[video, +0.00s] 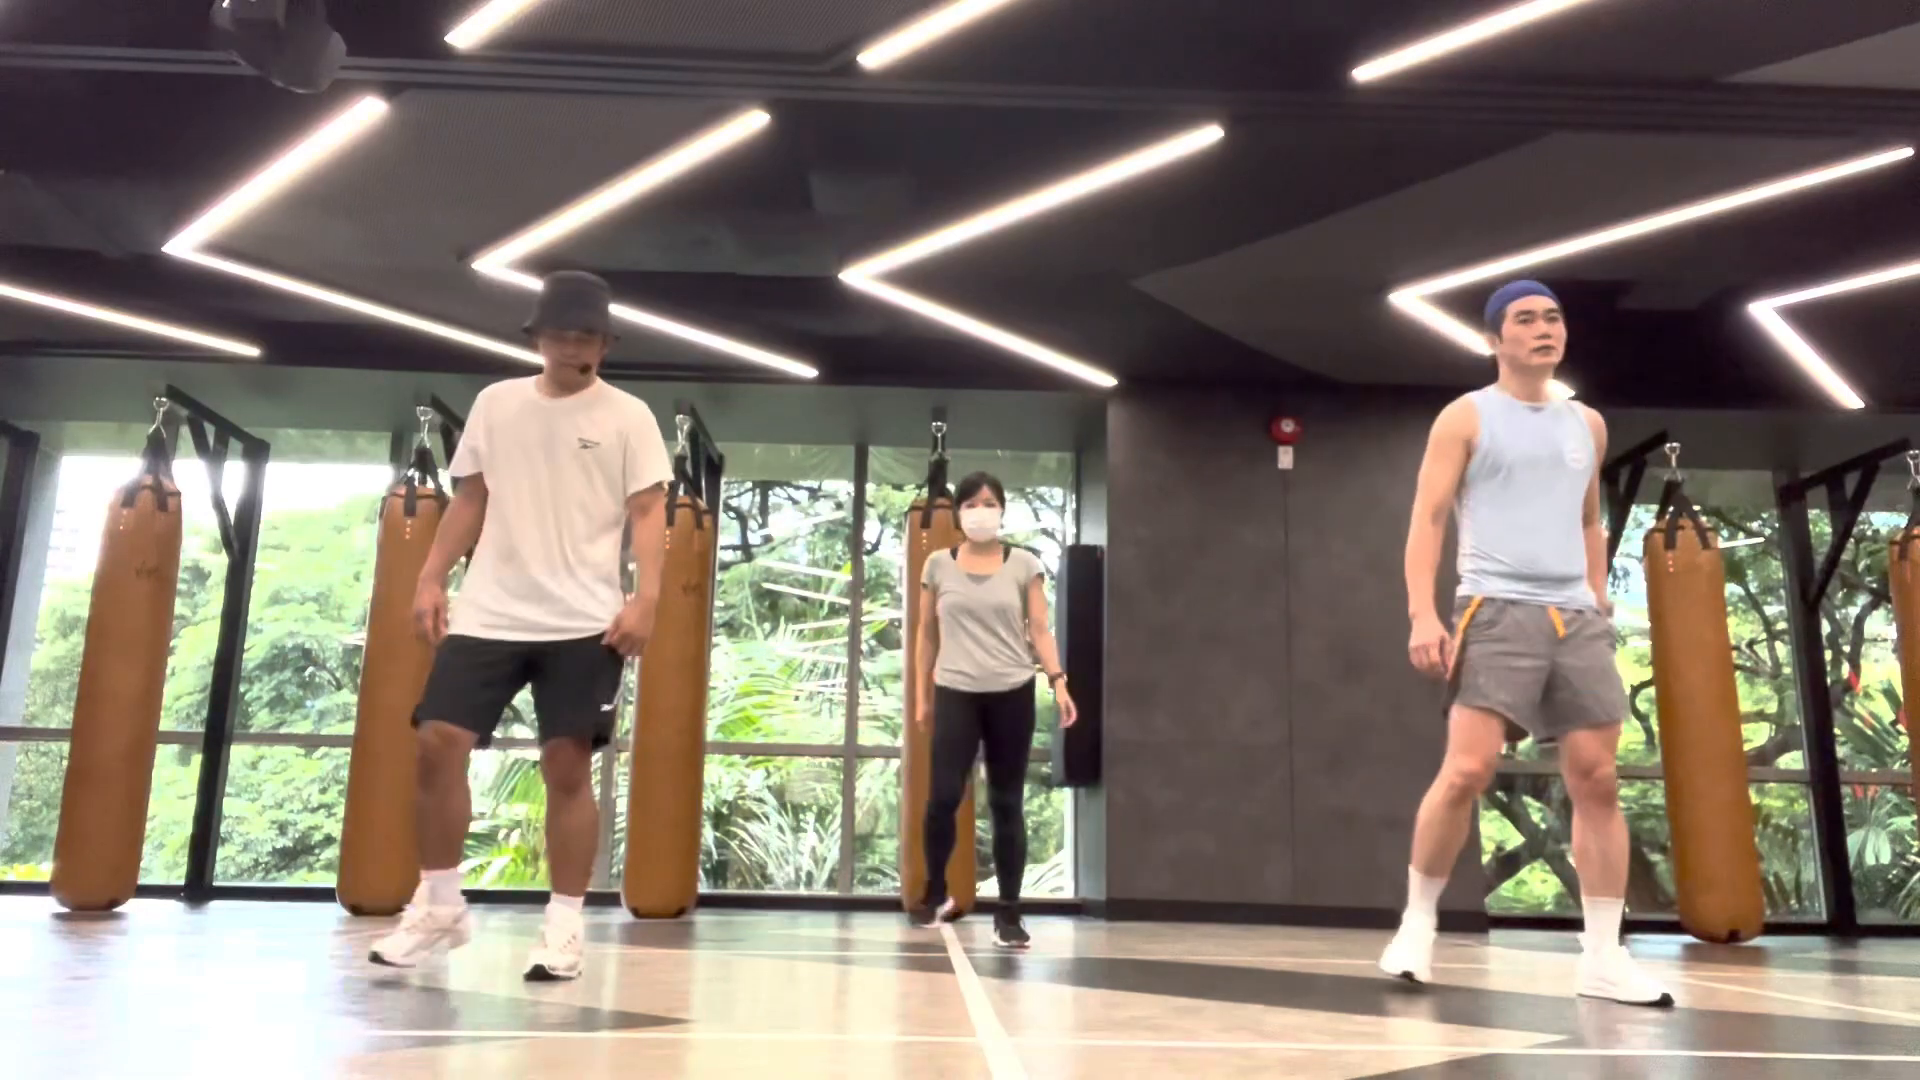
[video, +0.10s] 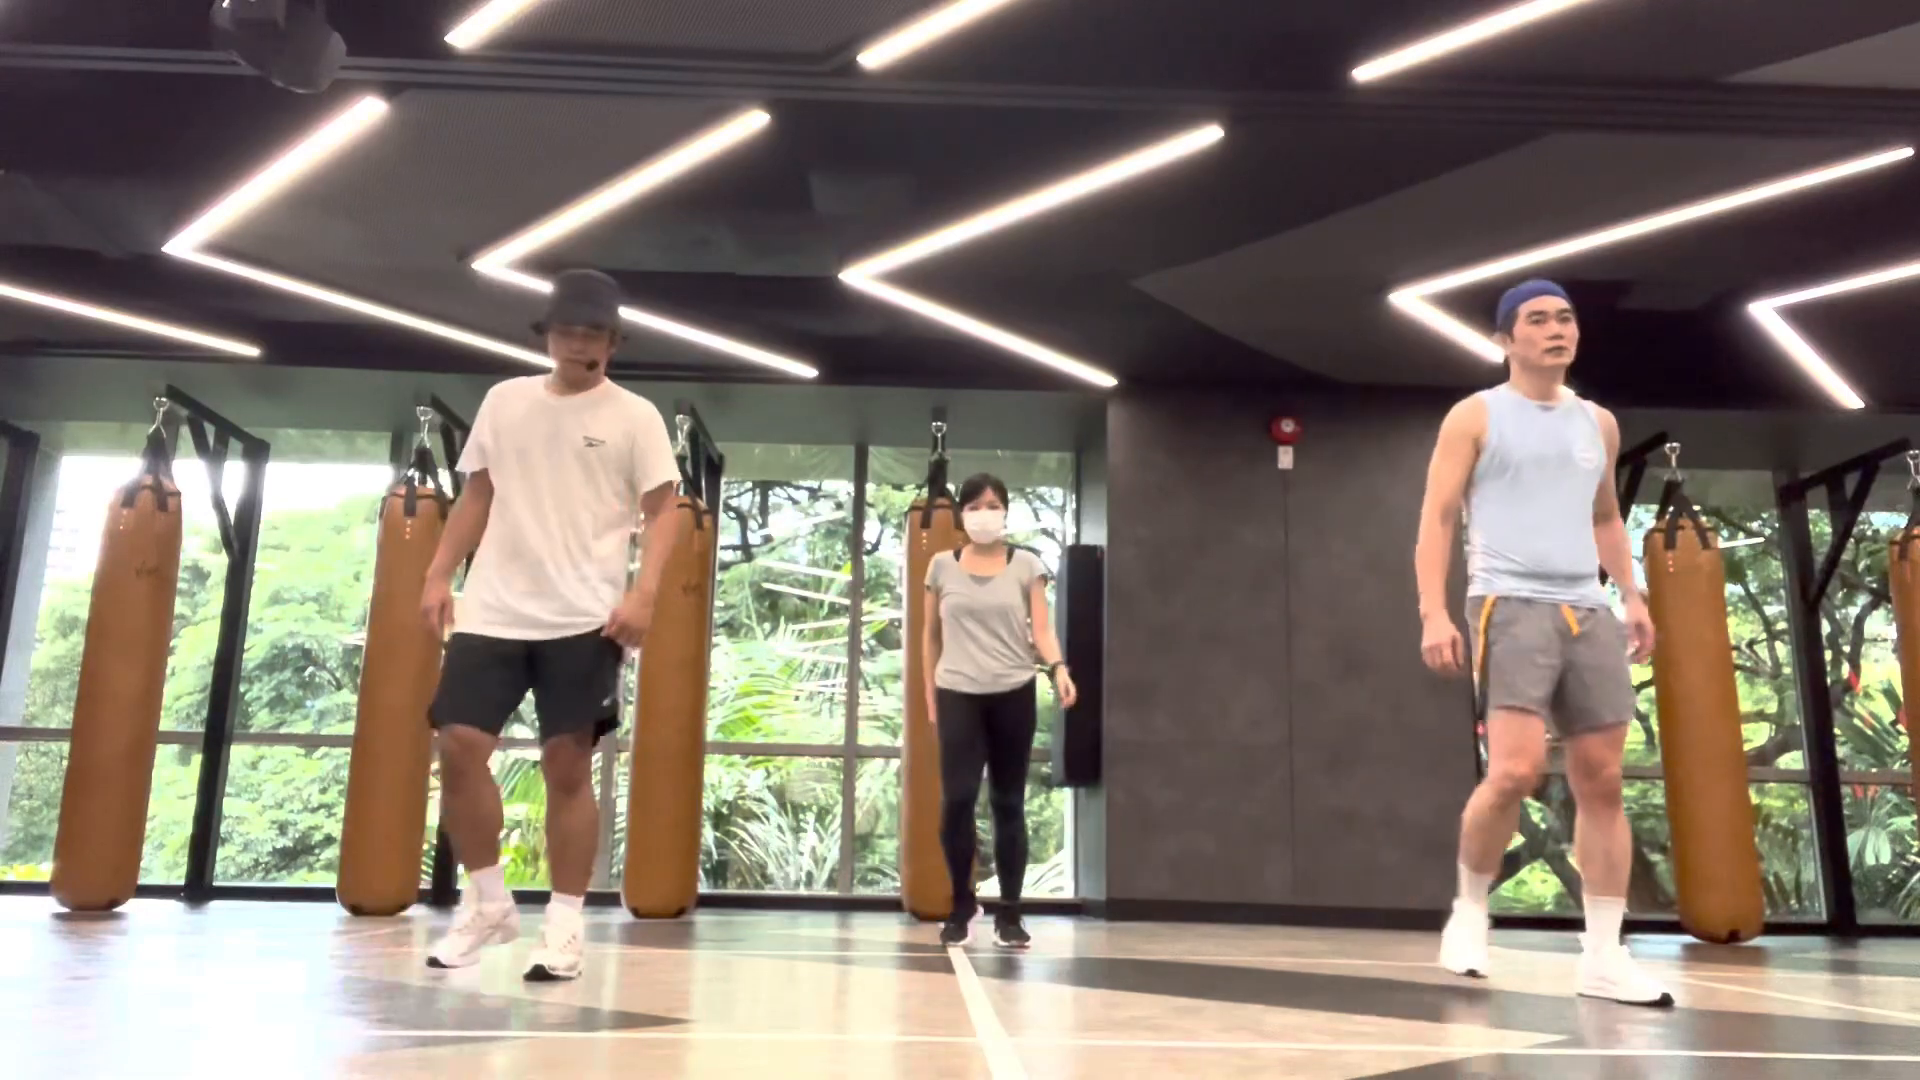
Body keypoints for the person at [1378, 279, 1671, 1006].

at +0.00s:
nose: (1544, 328)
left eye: (1552, 317)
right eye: (1527, 319)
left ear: (1565, 334)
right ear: (1497, 338)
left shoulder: (1587, 423)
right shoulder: (1465, 416)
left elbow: (1591, 520)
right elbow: (1428, 518)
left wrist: (1598, 603)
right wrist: (1423, 613)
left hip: (1579, 620)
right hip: (1497, 617)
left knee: (1598, 778)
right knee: (1466, 772)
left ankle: (1603, 957)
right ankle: (1417, 925)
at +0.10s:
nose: (1555, 329)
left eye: (1565, 318)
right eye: (1538, 319)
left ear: (1577, 335)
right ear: (1508, 338)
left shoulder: (1599, 423)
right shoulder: (1474, 416)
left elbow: (1607, 517)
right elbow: (1437, 518)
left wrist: (1632, 594)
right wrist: (1435, 613)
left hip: (1594, 615)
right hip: (1513, 610)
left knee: (1602, 780)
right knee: (1517, 771)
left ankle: (1603, 958)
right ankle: (1469, 915)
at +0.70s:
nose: (1496, 337)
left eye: (1508, 326)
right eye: (1480, 327)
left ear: (1526, 342)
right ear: (1454, 347)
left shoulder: (1563, 418)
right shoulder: (1421, 429)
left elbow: (1608, 521)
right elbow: (1401, 533)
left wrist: (1590, 485)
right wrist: (1388, 630)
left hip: (1551, 624)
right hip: (1457, 622)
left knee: (1587, 778)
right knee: (1412, 769)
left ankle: (1604, 956)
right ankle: (1358, 940)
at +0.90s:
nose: (1440, 335)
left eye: (1451, 324)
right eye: (1425, 325)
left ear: (1467, 340)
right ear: (1397, 342)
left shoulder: (1501, 419)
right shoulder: (1361, 426)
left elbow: (1522, 512)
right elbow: (1340, 532)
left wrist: (1540, 567)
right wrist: (1326, 628)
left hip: (1484, 622)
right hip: (1393, 619)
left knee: (1545, 775)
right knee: (1369, 774)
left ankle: (1582, 943)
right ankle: (1355, 945)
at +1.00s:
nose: (1421, 334)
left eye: (1432, 323)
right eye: (1407, 323)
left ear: (1448, 337)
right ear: (1378, 340)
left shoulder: (1484, 420)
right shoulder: (1343, 425)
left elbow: (1497, 522)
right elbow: (1318, 526)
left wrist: (1520, 611)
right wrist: (1297, 621)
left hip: (1467, 617)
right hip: (1378, 615)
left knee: (1516, 774)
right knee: (1361, 772)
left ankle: (1522, 932)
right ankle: (1354, 945)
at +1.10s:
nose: (1414, 333)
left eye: (1424, 323)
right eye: (1399, 323)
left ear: (1440, 337)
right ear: (1369, 340)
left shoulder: (1474, 421)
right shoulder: (1335, 425)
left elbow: (1485, 533)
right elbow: (1304, 526)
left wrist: (1497, 633)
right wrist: (1278, 621)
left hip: (1455, 613)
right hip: (1370, 610)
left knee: (1468, 774)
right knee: (1359, 773)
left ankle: (1442, 922)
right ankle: (1354, 943)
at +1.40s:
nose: (1431, 329)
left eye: (1442, 319)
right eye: (1416, 318)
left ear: (1453, 335)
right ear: (1383, 332)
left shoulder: (1477, 419)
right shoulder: (1344, 416)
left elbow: (1482, 527)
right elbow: (1316, 518)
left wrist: (1489, 618)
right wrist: (1306, 613)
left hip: (1465, 613)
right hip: (1377, 613)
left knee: (1514, 758)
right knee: (1361, 776)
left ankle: (1482, 924)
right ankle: (1355, 945)